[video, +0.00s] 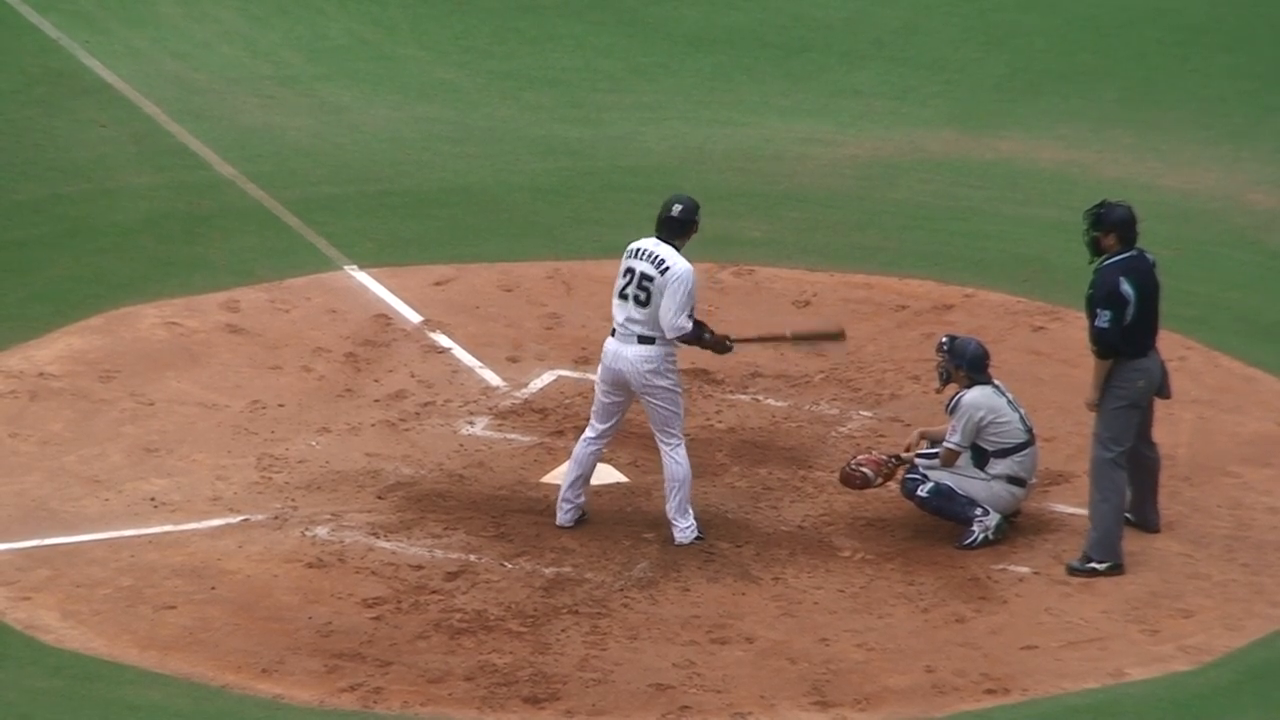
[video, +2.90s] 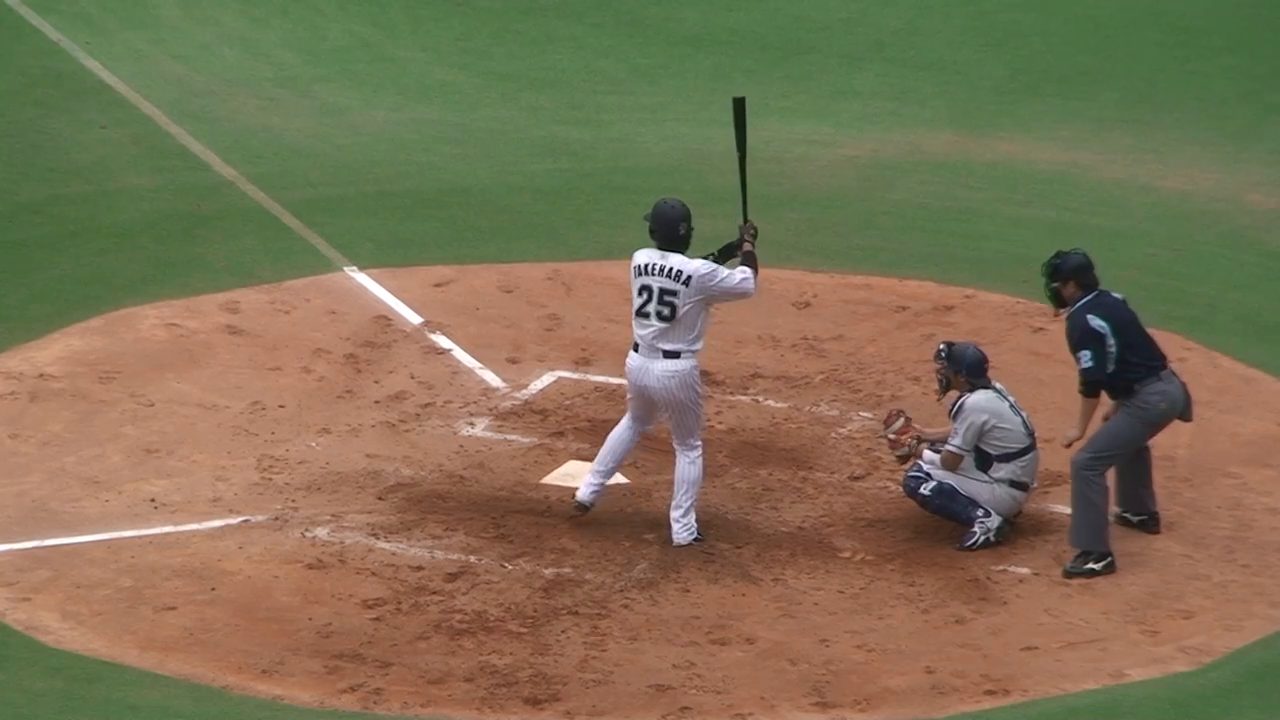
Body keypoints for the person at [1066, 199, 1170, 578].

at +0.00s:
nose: (1093, 236)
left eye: (1098, 232)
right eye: (1096, 230)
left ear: (1110, 237)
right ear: (1126, 234)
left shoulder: (1109, 276)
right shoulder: (1143, 261)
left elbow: (1106, 343)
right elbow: (1145, 321)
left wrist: (1095, 388)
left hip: (1124, 372)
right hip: (1147, 363)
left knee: (1108, 457)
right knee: (1139, 443)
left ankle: (1103, 553)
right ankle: (1145, 512)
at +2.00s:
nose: (1086, 239)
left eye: (1091, 234)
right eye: (1088, 232)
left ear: (1104, 239)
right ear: (1118, 236)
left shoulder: (1103, 278)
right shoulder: (1138, 263)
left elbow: (1100, 344)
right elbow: (1143, 322)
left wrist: (1089, 386)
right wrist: (1143, 361)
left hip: (1122, 375)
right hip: (1145, 365)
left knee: (1108, 459)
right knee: (1138, 444)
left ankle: (1105, 554)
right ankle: (1147, 514)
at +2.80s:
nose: (1056, 283)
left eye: (1059, 277)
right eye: (1056, 276)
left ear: (1073, 279)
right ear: (1086, 275)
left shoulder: (1083, 312)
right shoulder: (1112, 294)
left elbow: (1091, 373)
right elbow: (1133, 350)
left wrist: (1079, 424)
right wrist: (1115, 397)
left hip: (1152, 392)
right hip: (1169, 383)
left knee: (1090, 462)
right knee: (1130, 440)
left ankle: (1096, 553)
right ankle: (1142, 513)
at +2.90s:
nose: (1055, 289)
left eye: (1058, 283)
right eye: (1054, 283)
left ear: (1072, 285)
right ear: (1085, 280)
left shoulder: (1082, 318)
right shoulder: (1111, 299)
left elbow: (1091, 380)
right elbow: (1132, 352)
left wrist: (1080, 429)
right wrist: (1118, 401)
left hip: (1153, 396)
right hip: (1170, 387)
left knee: (1086, 464)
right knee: (1128, 438)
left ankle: (1095, 552)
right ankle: (1140, 512)